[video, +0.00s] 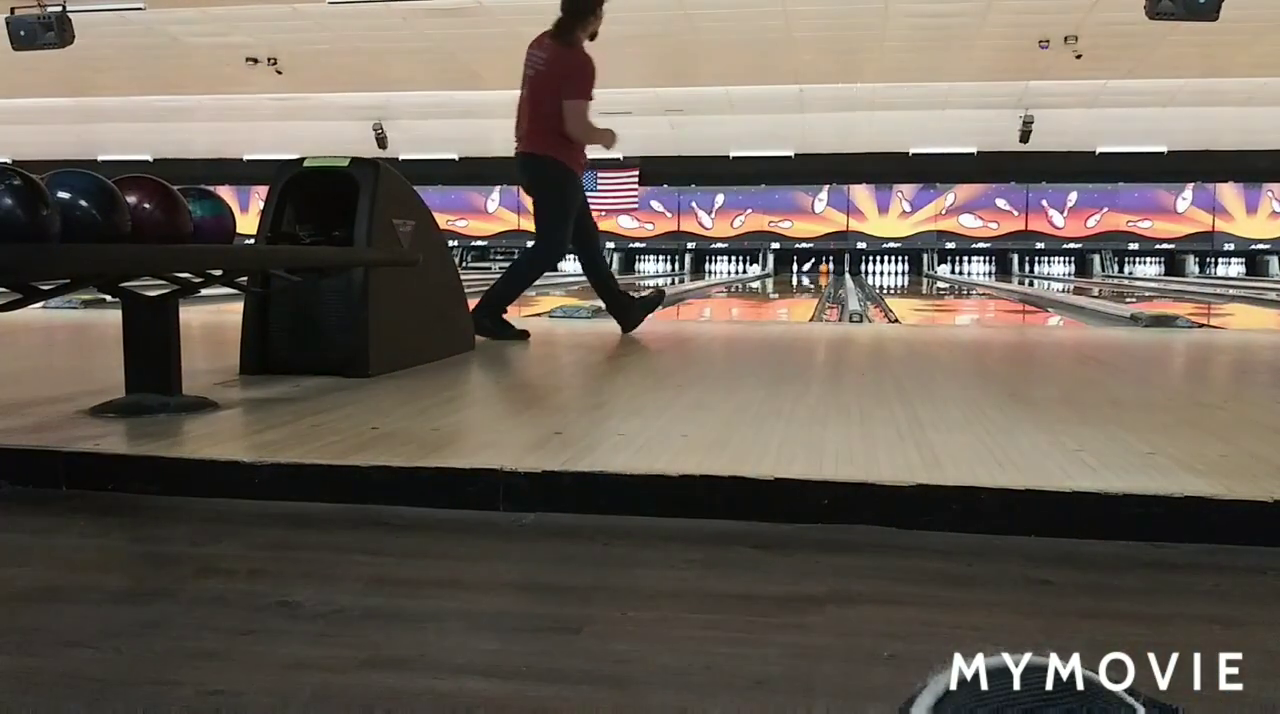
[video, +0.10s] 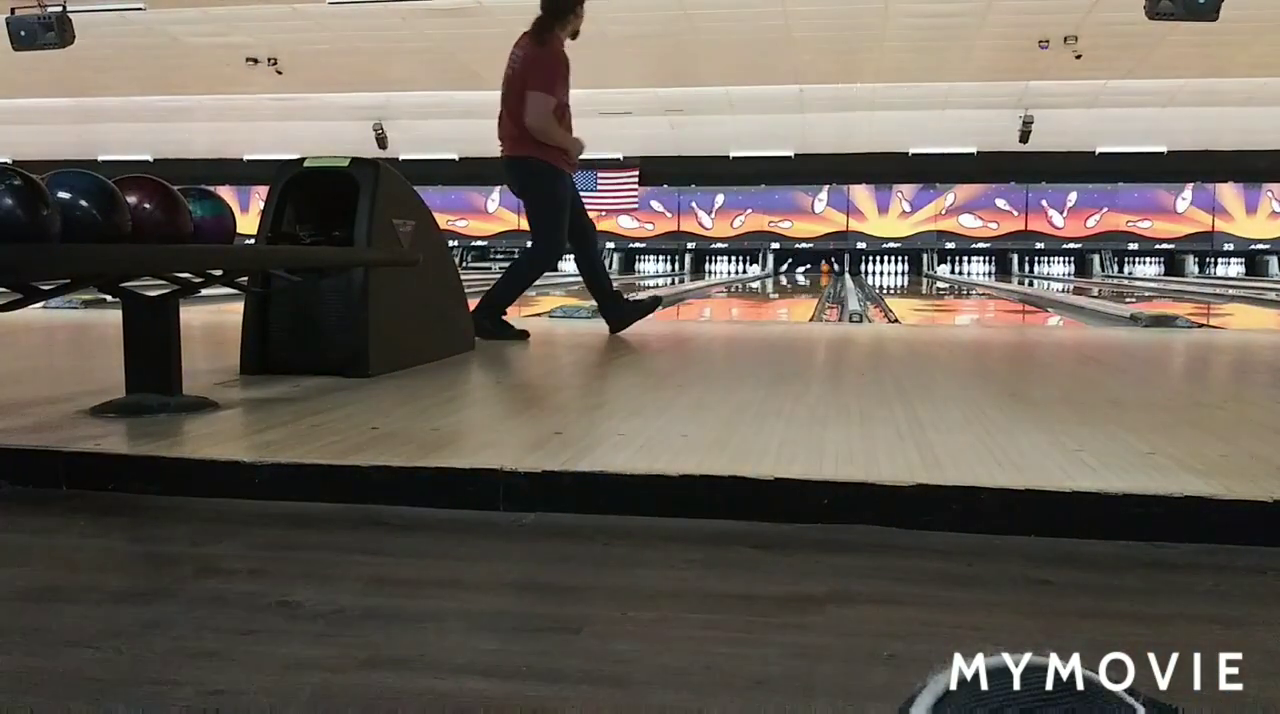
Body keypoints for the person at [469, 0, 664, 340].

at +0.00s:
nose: (601, 22)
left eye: (600, 15)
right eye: (600, 15)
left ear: (567, 11)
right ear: (590, 17)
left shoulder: (540, 45)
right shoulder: (577, 61)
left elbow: (530, 110)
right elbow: (575, 125)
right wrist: (604, 136)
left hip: (532, 160)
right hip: (555, 165)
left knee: (585, 239)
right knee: (551, 248)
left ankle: (624, 310)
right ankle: (486, 312)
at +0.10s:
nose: (582, 20)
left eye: (582, 12)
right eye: (581, 12)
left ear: (550, 10)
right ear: (569, 13)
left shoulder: (531, 44)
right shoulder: (548, 51)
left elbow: (523, 114)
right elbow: (536, 118)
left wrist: (564, 144)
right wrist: (569, 142)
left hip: (533, 163)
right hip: (537, 165)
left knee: (583, 236)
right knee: (549, 248)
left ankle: (614, 310)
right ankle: (486, 314)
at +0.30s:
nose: (558, 4)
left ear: (534, 3)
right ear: (542, 1)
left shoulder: (530, 37)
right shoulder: (514, 36)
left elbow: (524, 102)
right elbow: (506, 100)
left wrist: (551, 139)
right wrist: (562, 98)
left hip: (536, 153)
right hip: (512, 153)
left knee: (572, 226)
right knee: (529, 236)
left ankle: (572, 312)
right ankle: (484, 315)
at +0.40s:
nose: (549, 1)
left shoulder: (532, 28)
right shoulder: (505, 27)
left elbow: (552, 81)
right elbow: (548, 81)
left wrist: (596, 82)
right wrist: (586, 44)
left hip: (528, 147)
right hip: (494, 147)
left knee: (558, 225)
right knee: (508, 229)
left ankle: (539, 306)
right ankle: (482, 315)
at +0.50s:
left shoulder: (538, 19)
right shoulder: (488, 16)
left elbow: (560, 78)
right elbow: (501, 79)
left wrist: (588, 55)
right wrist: (552, 62)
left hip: (528, 141)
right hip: (488, 140)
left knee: (542, 226)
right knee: (499, 227)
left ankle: (532, 305)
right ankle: (483, 315)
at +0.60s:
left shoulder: (540, 21)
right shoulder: (473, 13)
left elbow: (549, 79)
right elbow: (442, 68)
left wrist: (570, 97)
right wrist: (493, 95)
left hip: (529, 140)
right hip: (485, 141)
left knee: (549, 225)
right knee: (495, 228)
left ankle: (529, 291)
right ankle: (483, 315)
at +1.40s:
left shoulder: (565, 2)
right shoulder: (466, 1)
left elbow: (579, 53)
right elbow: (452, 35)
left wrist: (522, 74)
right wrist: (458, 56)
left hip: (537, 122)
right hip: (479, 122)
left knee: (533, 229)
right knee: (480, 230)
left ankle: (527, 329)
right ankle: (508, 290)